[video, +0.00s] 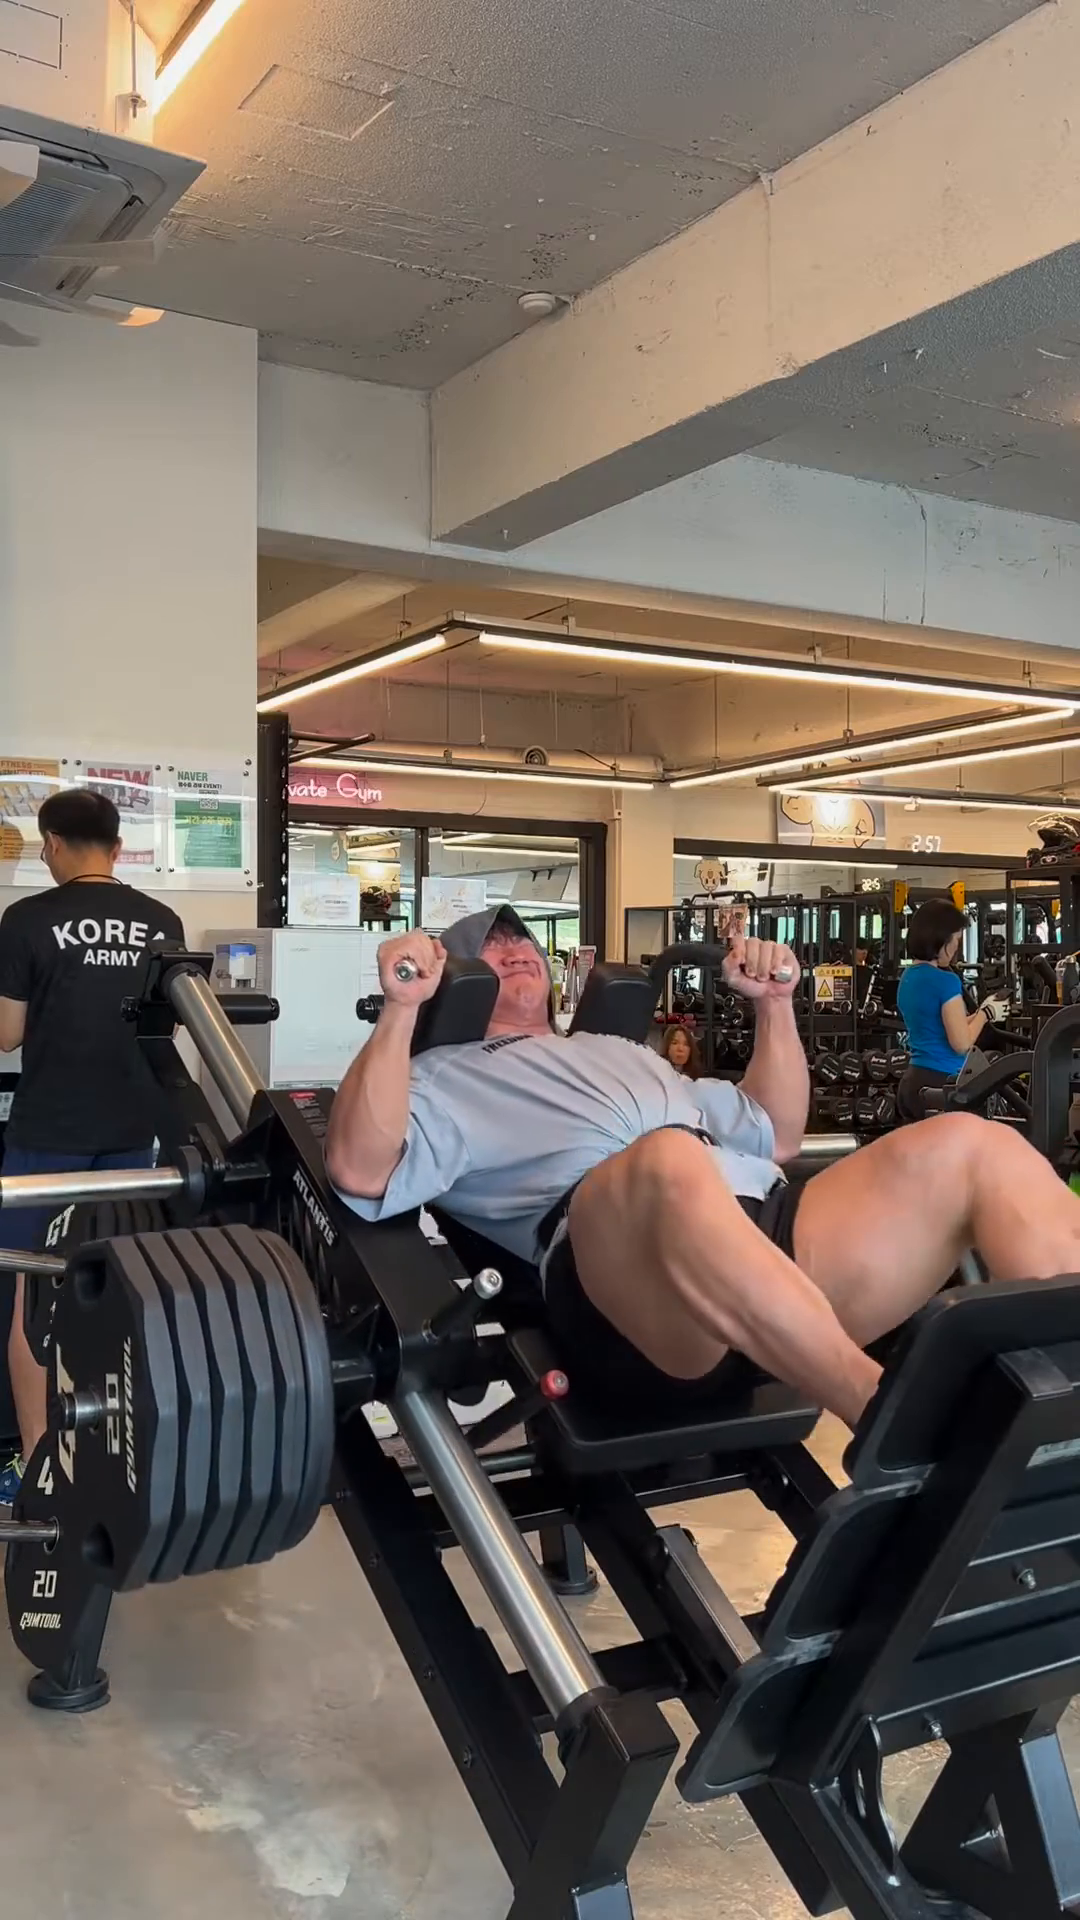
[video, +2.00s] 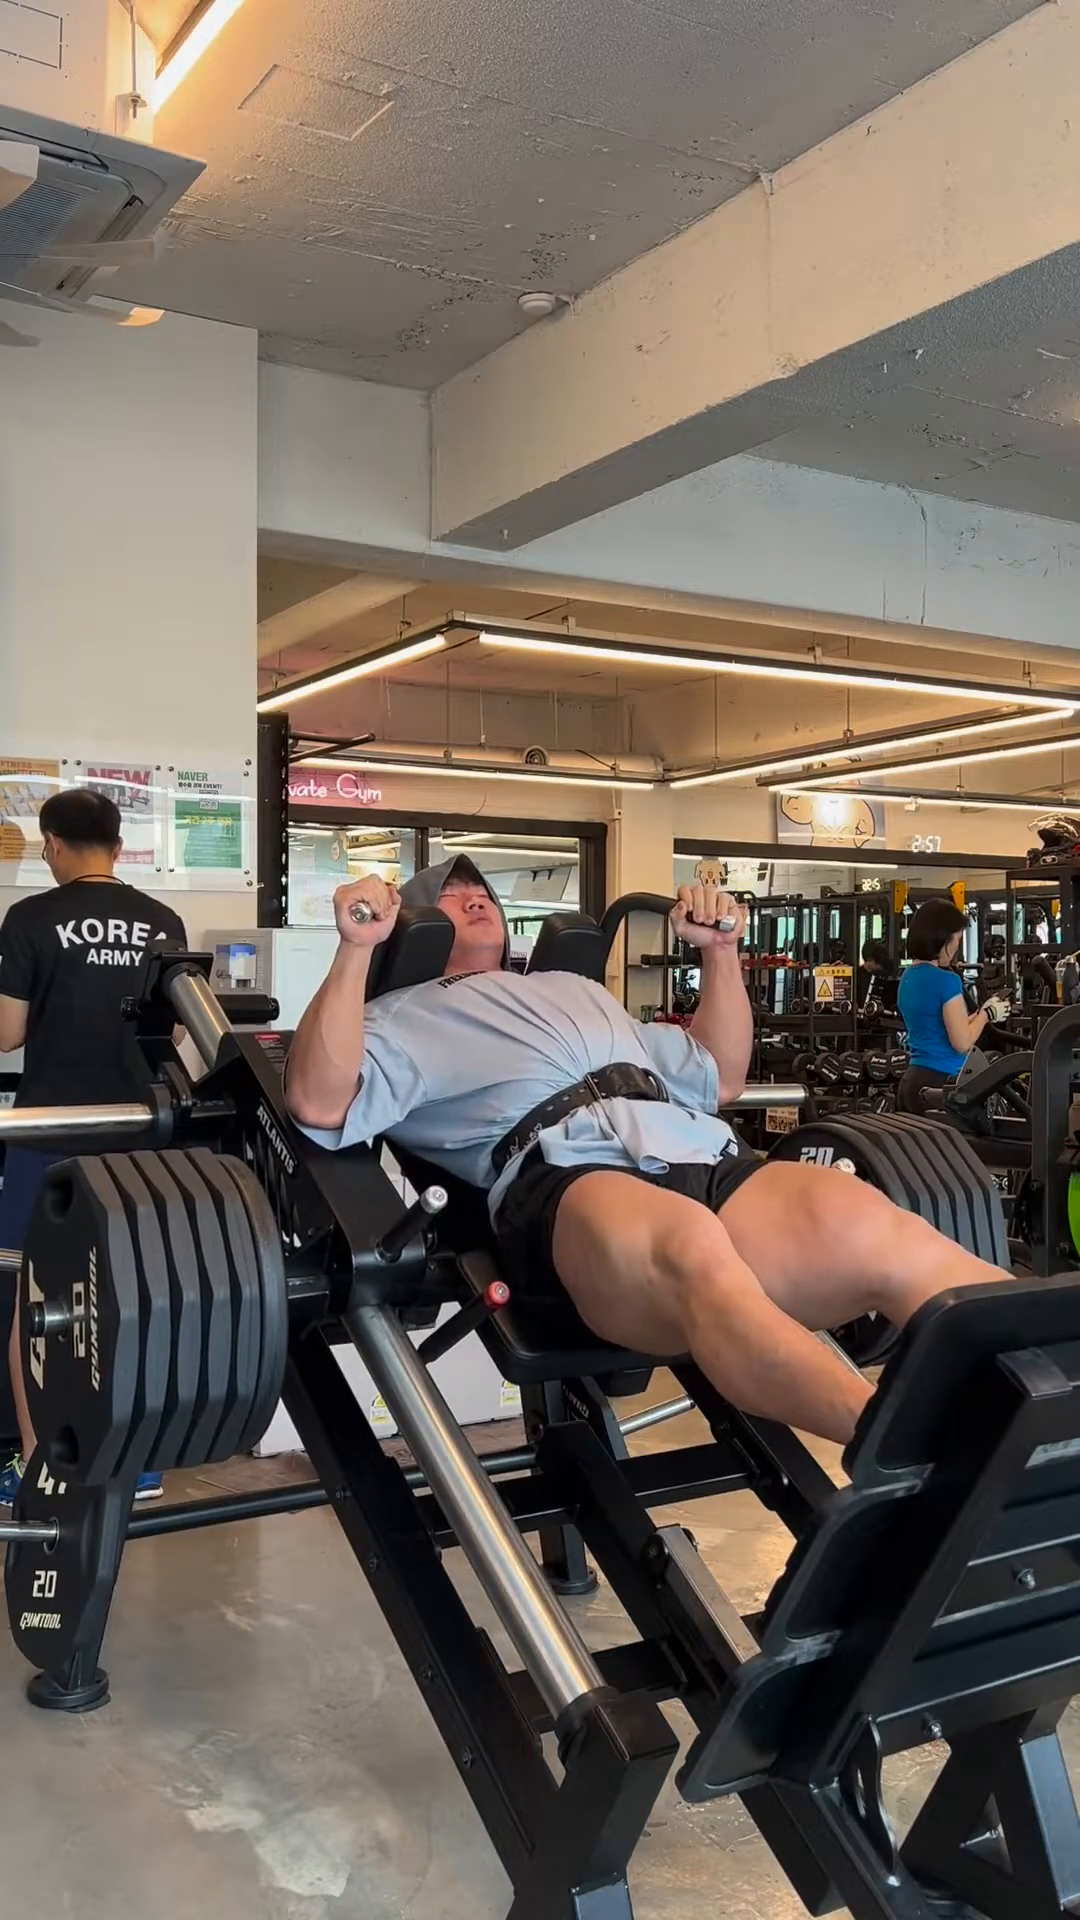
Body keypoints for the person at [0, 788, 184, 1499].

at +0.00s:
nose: (49, 858)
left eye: (47, 847)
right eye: (56, 848)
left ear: (50, 846)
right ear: (117, 848)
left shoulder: (29, 919)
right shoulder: (164, 921)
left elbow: (9, 1032)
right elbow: (170, 1021)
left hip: (50, 1130)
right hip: (142, 1128)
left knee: (23, 1297)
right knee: (128, 1287)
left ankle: (41, 1458)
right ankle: (131, 1445)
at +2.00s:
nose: (49, 858)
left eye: (46, 848)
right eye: (53, 849)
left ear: (52, 847)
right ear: (118, 847)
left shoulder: (33, 917)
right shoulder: (165, 920)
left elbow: (8, 1032)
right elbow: (179, 1031)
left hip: (47, 1139)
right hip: (139, 1141)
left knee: (29, 1299)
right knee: (133, 1297)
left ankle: (36, 1458)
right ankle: (136, 1463)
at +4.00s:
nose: (45, 861)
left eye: (43, 851)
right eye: (48, 851)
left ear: (49, 849)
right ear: (114, 847)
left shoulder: (33, 919)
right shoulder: (162, 920)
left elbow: (12, 1037)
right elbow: (182, 1030)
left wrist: (61, 1027)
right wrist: (120, 1026)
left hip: (51, 1131)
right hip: (137, 1132)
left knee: (30, 1297)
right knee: (121, 1287)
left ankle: (39, 1461)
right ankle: (121, 1449)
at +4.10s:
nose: (45, 861)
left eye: (43, 851)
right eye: (47, 851)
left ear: (49, 848)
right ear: (115, 848)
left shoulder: (33, 918)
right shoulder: (163, 920)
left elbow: (13, 1037)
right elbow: (181, 1029)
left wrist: (61, 1024)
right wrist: (120, 1024)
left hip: (51, 1132)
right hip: (137, 1133)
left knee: (29, 1299)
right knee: (128, 1289)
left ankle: (40, 1462)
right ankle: (135, 1449)